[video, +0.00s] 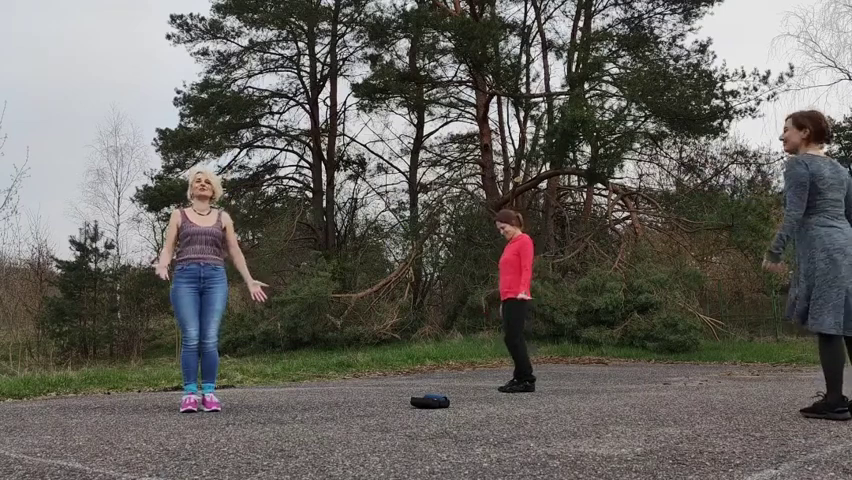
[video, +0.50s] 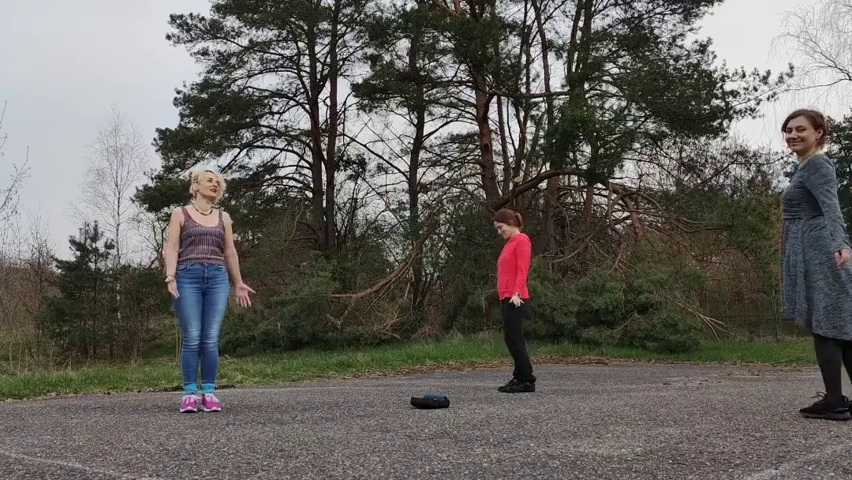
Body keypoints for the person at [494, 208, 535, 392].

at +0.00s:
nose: (502, 232)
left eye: (503, 227)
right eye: (499, 229)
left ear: (514, 224)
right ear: (503, 228)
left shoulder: (524, 241)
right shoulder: (511, 244)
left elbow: (526, 267)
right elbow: (508, 273)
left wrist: (523, 290)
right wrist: (503, 299)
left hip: (518, 297)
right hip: (508, 298)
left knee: (514, 337)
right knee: (511, 337)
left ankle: (525, 379)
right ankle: (520, 377)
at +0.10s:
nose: (501, 231)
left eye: (502, 227)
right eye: (499, 229)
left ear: (512, 223)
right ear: (505, 226)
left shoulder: (523, 239)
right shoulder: (511, 242)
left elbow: (524, 266)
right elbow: (510, 269)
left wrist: (519, 289)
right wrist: (505, 291)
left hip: (517, 297)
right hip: (508, 297)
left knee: (516, 337)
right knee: (514, 337)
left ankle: (526, 379)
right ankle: (519, 377)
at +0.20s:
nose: (499, 231)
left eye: (501, 227)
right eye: (498, 228)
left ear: (511, 223)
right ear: (506, 225)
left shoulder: (522, 239)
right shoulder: (511, 242)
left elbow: (523, 267)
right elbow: (511, 268)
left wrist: (516, 289)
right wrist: (506, 290)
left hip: (516, 297)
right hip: (508, 296)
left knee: (516, 337)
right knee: (514, 337)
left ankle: (526, 379)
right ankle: (519, 377)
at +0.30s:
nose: (500, 232)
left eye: (501, 228)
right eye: (498, 229)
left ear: (511, 224)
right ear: (506, 226)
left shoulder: (522, 240)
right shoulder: (512, 242)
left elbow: (522, 268)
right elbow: (511, 269)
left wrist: (514, 290)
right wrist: (505, 291)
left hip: (516, 298)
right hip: (508, 298)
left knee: (516, 339)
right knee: (513, 339)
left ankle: (526, 380)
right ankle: (519, 377)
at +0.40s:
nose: (499, 233)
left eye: (500, 229)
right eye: (497, 230)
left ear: (511, 224)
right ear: (506, 226)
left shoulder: (522, 241)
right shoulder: (512, 243)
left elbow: (523, 269)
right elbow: (511, 270)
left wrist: (515, 291)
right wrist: (505, 292)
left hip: (516, 300)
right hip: (508, 299)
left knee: (513, 339)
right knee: (512, 339)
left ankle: (525, 379)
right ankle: (520, 377)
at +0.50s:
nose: (499, 232)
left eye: (500, 228)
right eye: (497, 229)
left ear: (511, 224)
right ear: (506, 226)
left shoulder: (522, 241)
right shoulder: (511, 243)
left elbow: (523, 268)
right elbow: (510, 269)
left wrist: (517, 292)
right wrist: (505, 292)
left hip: (515, 298)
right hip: (506, 297)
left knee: (514, 339)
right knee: (512, 339)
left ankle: (525, 379)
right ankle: (520, 377)